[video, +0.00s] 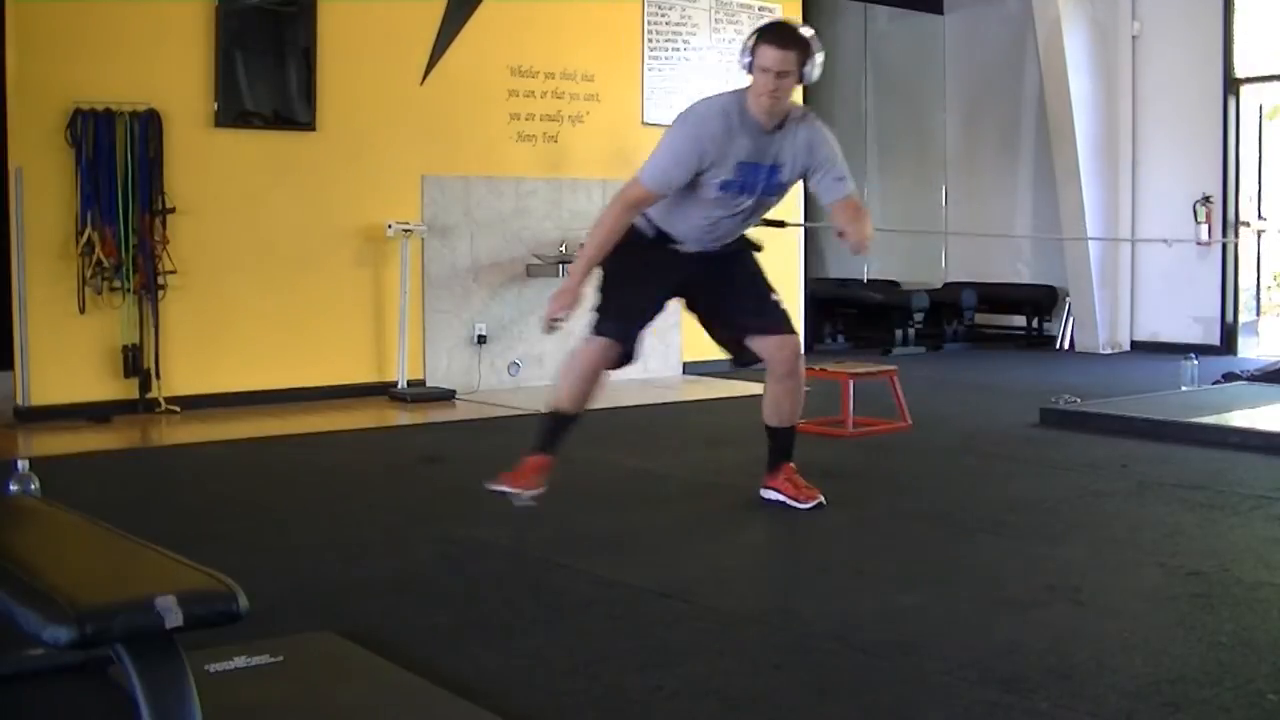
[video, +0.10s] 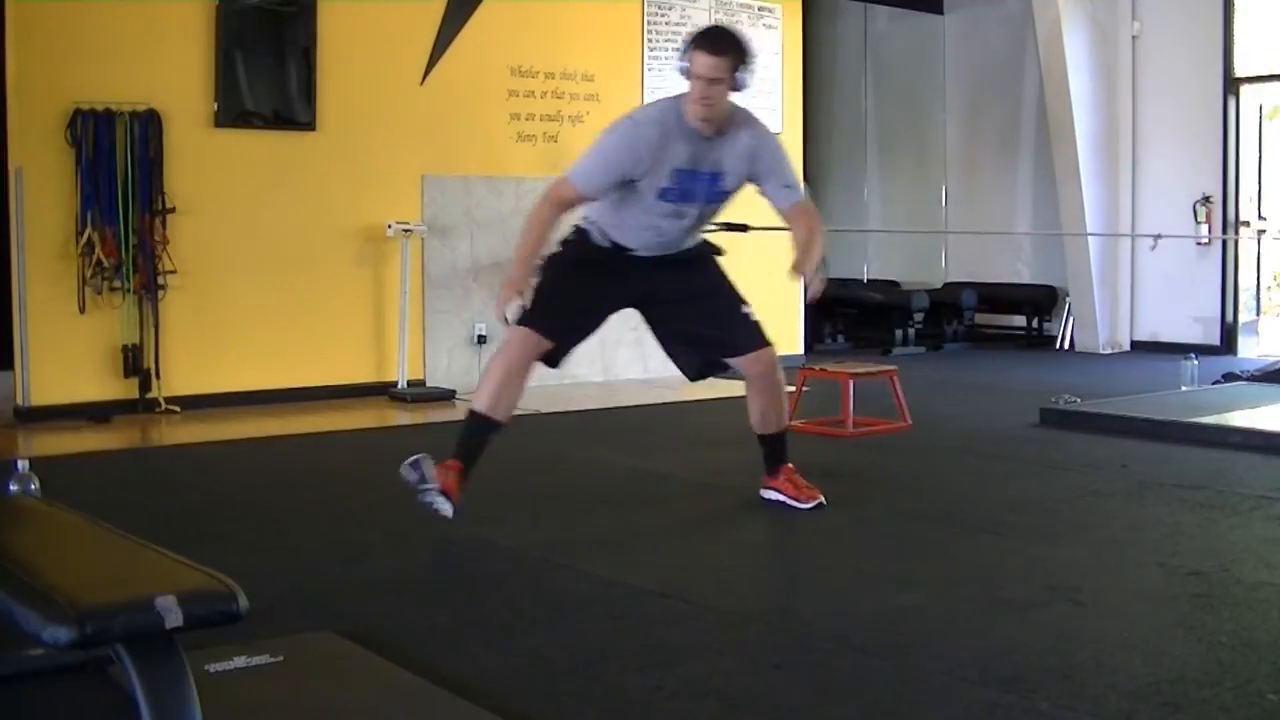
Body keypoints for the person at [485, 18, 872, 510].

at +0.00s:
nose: (769, 85)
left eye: (782, 76)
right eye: (762, 71)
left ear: (801, 80)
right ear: (749, 68)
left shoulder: (811, 138)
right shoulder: (707, 122)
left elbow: (844, 203)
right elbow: (630, 201)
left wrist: (856, 228)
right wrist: (573, 281)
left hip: (721, 252)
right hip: (650, 243)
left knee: (784, 351)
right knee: (604, 346)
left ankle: (779, 473)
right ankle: (538, 461)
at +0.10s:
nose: (705, 93)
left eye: (718, 83)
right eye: (697, 80)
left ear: (737, 83)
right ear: (685, 75)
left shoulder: (754, 142)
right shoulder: (643, 131)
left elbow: (804, 216)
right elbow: (556, 197)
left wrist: (808, 259)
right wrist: (520, 269)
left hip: (680, 259)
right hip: (600, 252)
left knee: (761, 361)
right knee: (522, 340)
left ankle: (778, 476)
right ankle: (454, 474)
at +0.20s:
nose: (611, 77)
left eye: (624, 66)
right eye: (603, 63)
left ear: (648, 68)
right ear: (592, 61)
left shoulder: (673, 124)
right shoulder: (554, 116)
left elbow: (720, 203)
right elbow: (467, 186)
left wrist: (736, 294)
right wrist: (490, 214)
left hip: (623, 258)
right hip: (537, 253)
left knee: (702, 367)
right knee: (472, 355)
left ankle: (771, 470)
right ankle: (442, 506)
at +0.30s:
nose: (536, 72)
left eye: (551, 60)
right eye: (527, 58)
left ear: (578, 57)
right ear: (516, 53)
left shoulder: (607, 110)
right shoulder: (483, 104)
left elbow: (652, 193)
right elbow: (391, 173)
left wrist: (674, 289)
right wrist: (423, 225)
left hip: (559, 246)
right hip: (473, 242)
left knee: (641, 349)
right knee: (417, 346)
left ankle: (676, 467)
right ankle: (428, 501)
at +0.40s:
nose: (482, 92)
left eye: (496, 80)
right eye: (474, 77)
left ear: (526, 75)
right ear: (463, 68)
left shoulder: (560, 124)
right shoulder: (430, 116)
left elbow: (606, 217)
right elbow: (340, 197)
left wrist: (627, 321)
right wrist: (331, 298)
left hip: (496, 234)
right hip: (412, 226)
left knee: (569, 338)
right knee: (349, 328)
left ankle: (554, 482)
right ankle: (346, 483)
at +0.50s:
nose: (421, 142)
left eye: (438, 130)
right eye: (413, 126)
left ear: (470, 124)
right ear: (404, 114)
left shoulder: (506, 169)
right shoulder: (380, 150)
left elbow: (553, 275)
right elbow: (286, 246)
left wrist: (558, 394)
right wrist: (253, 363)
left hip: (454, 255)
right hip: (365, 242)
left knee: (505, 363)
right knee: (290, 346)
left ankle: (524, 499)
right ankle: (192, 491)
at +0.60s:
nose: (362, 210)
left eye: (378, 198)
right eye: (352, 195)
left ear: (408, 189)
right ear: (339, 180)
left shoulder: (438, 230)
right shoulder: (314, 214)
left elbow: (474, 355)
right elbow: (233, 319)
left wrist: (468, 472)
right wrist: (185, 418)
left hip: (405, 291)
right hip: (321, 287)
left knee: (493, 367)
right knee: (233, 377)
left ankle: (527, 499)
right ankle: (133, 513)